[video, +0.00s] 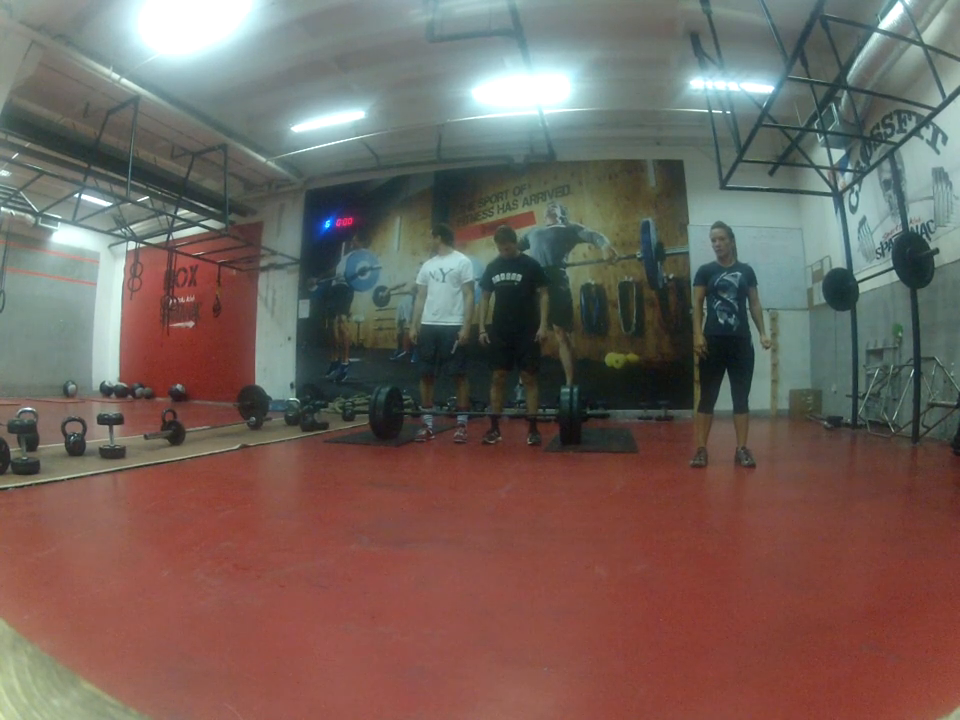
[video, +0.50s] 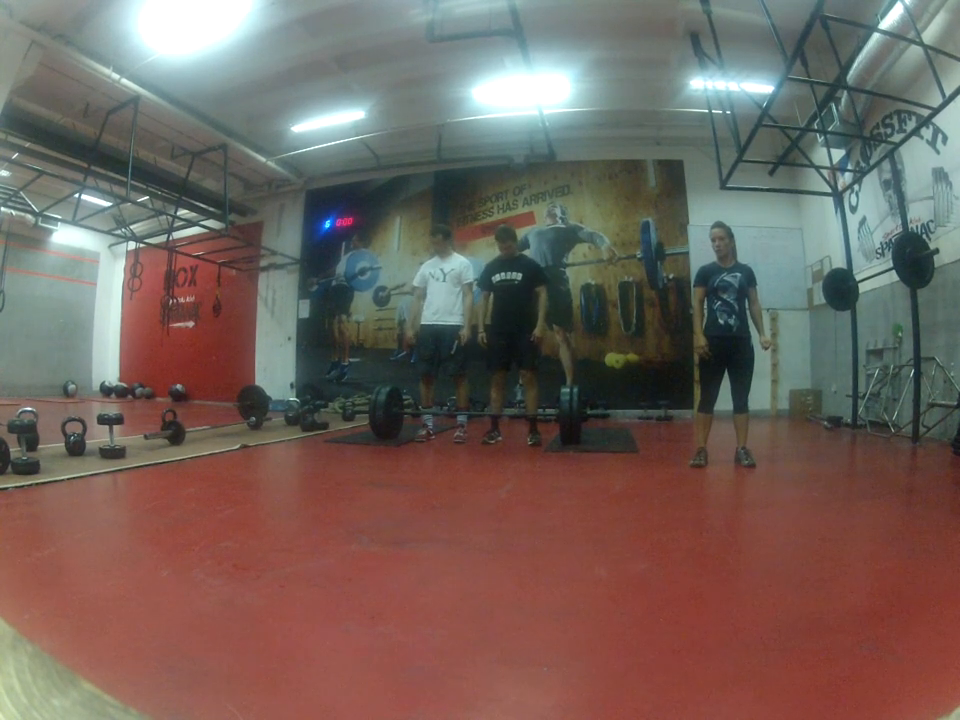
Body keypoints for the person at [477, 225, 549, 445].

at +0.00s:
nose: (504, 252)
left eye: (507, 248)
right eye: (500, 248)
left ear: (515, 243)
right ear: (496, 246)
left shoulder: (531, 265)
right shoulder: (493, 266)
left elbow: (543, 295)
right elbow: (484, 298)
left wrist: (543, 326)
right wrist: (482, 327)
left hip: (527, 330)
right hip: (501, 329)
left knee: (529, 377)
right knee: (498, 377)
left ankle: (533, 428)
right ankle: (494, 428)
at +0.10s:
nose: (502, 250)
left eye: (505, 245)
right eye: (498, 246)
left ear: (512, 242)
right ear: (493, 246)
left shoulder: (528, 264)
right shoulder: (489, 267)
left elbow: (540, 294)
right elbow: (482, 300)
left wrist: (542, 325)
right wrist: (482, 328)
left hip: (525, 329)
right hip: (498, 329)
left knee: (528, 376)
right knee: (498, 377)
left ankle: (532, 428)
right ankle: (494, 428)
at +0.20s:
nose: (500, 250)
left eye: (503, 245)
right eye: (496, 246)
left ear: (509, 242)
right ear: (492, 246)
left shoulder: (526, 264)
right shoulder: (487, 268)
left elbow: (539, 293)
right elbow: (480, 300)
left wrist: (540, 324)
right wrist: (482, 330)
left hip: (524, 329)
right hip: (498, 330)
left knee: (528, 375)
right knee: (497, 378)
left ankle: (533, 428)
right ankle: (494, 428)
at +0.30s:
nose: (500, 250)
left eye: (503, 245)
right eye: (496, 246)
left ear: (509, 242)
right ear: (491, 246)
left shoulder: (526, 265)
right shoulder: (486, 268)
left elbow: (539, 293)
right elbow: (480, 300)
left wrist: (540, 323)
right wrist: (481, 330)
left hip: (524, 329)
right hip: (497, 330)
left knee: (528, 376)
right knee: (498, 378)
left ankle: (533, 428)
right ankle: (494, 428)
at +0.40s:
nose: (502, 250)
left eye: (505, 245)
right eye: (498, 246)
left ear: (512, 242)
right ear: (493, 245)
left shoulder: (528, 265)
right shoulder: (488, 268)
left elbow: (541, 293)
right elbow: (481, 300)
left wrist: (540, 324)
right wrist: (480, 328)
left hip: (525, 330)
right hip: (497, 330)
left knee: (528, 377)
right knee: (497, 378)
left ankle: (533, 429)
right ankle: (494, 428)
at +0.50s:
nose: (505, 248)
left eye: (508, 243)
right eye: (501, 244)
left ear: (515, 242)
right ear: (496, 244)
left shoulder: (530, 265)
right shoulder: (491, 267)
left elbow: (542, 294)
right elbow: (484, 299)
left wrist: (540, 325)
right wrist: (481, 327)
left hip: (525, 330)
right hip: (499, 329)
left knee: (528, 377)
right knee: (497, 378)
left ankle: (533, 429)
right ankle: (494, 428)